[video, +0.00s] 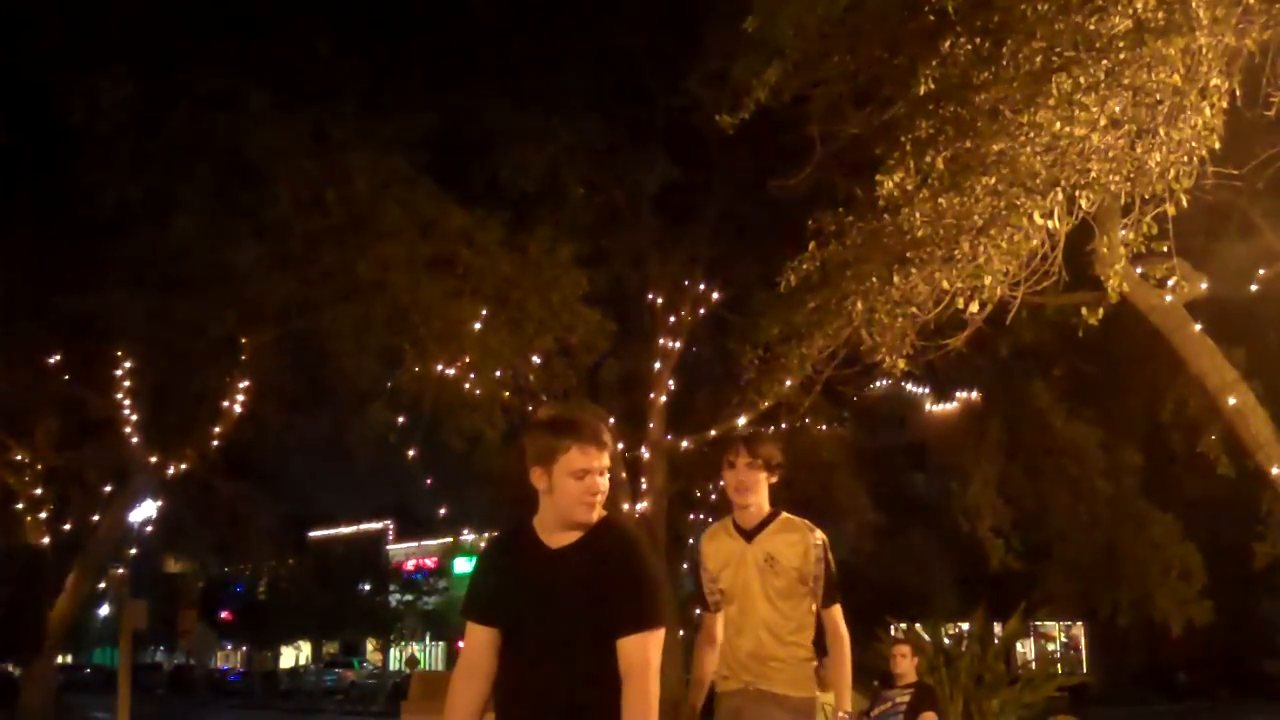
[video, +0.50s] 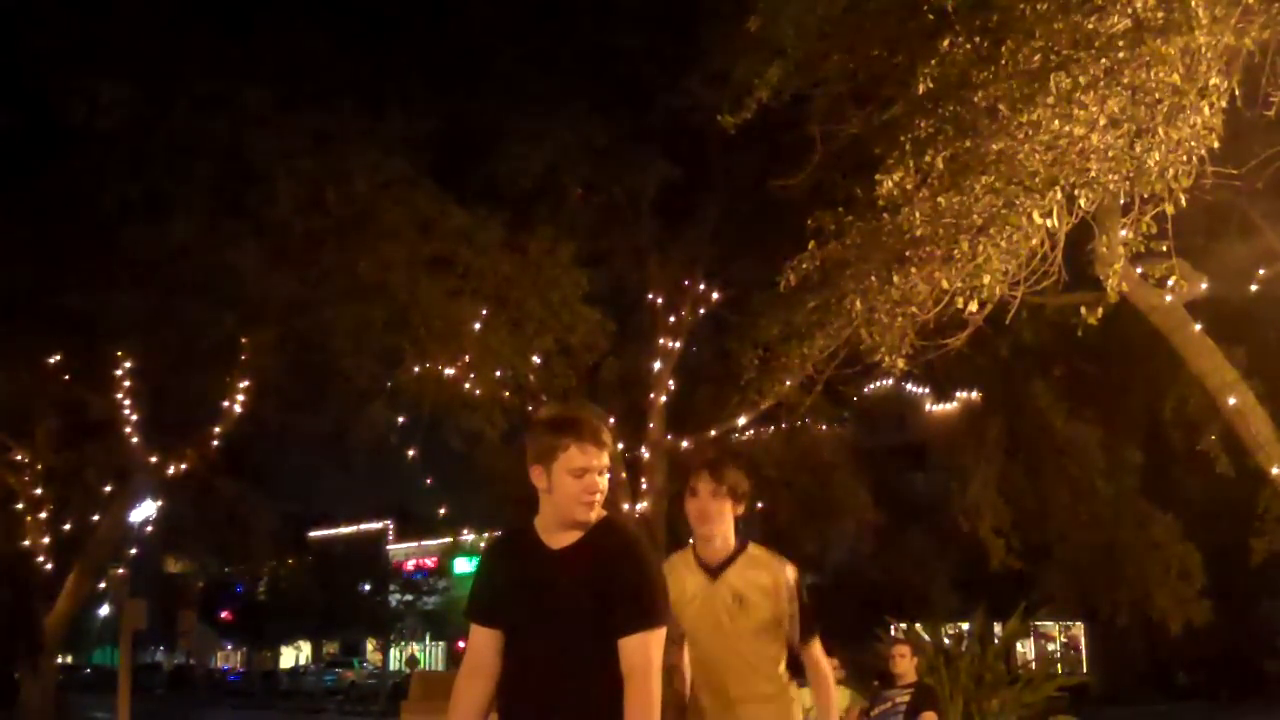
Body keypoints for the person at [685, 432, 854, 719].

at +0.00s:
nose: (740, 477)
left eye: (751, 466)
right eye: (732, 466)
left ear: (772, 475)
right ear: (722, 475)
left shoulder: (807, 539)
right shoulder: (711, 540)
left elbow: (835, 631)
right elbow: (710, 633)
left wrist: (843, 710)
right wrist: (694, 707)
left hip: (793, 699)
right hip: (731, 699)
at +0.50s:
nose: (703, 505)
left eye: (716, 495)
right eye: (694, 494)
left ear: (738, 505)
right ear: (684, 503)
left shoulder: (778, 573)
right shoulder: (670, 574)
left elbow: (814, 660)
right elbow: (673, 650)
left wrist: (828, 715)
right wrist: (677, 710)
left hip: (773, 710)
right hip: (708, 710)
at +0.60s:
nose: (698, 506)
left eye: (710, 494)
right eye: (689, 494)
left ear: (735, 504)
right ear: (679, 502)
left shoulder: (774, 576)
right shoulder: (664, 574)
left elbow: (813, 664)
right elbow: (652, 661)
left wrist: (820, 713)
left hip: (759, 711)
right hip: (689, 711)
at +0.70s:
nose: (685, 456)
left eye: (695, 443)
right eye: (677, 444)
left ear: (722, 451)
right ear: (668, 453)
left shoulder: (760, 516)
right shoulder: (653, 521)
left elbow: (805, 618)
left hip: (743, 700)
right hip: (673, 700)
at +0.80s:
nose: (666, 412)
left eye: (679, 398)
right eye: (658, 399)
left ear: (707, 404)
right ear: (649, 405)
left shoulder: (746, 465)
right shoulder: (637, 467)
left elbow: (785, 553)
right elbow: (622, 549)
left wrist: (728, 541)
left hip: (722, 639)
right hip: (654, 638)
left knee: (727, 714)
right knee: (650, 715)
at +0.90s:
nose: (647, 396)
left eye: (660, 382)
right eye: (637, 384)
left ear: (690, 386)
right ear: (629, 389)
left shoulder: (726, 445)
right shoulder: (618, 445)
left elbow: (730, 509)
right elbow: (594, 509)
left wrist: (658, 509)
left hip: (715, 625)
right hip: (642, 623)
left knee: (715, 713)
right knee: (639, 715)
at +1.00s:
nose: (622, 418)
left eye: (636, 404)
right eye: (614, 405)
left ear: (668, 405)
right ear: (605, 407)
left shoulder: (705, 462)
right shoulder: (594, 463)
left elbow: (717, 531)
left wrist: (639, 511)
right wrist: (538, 518)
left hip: (697, 631)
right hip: (620, 632)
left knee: (704, 713)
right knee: (627, 715)